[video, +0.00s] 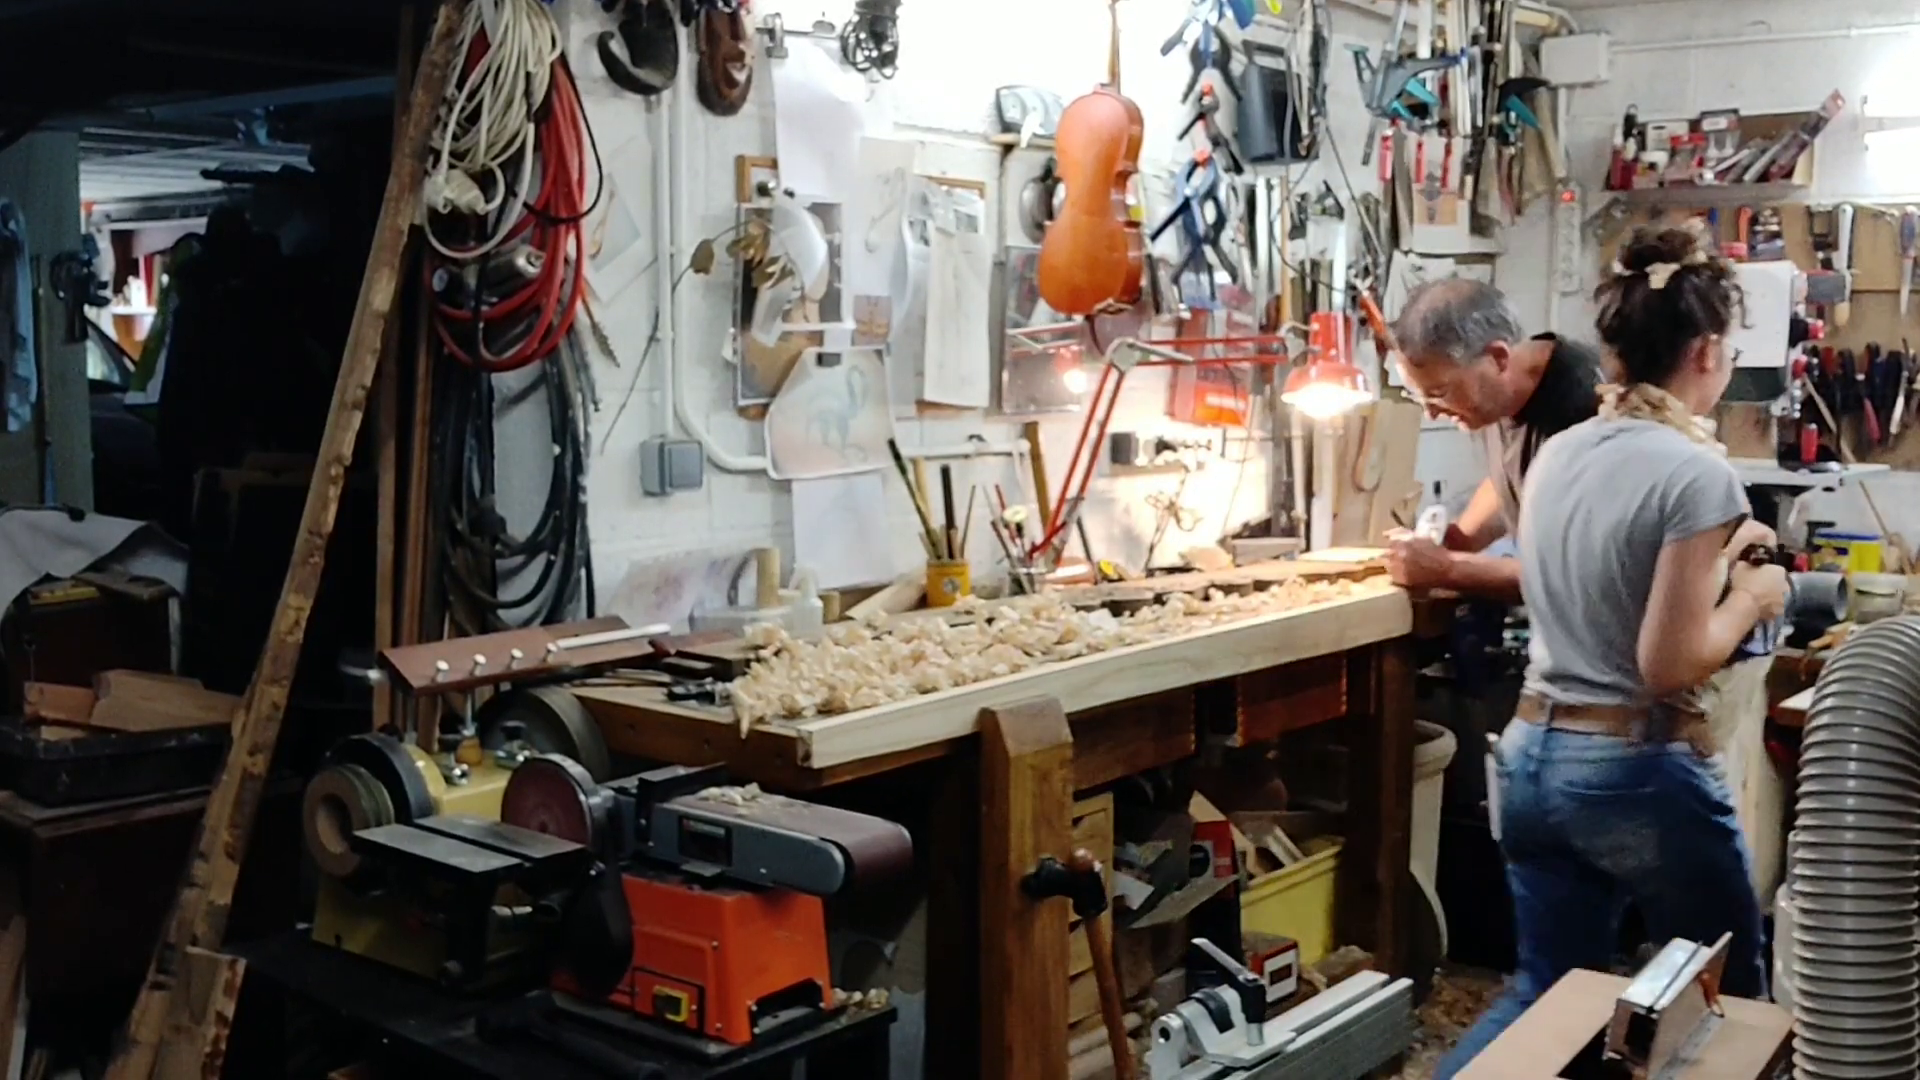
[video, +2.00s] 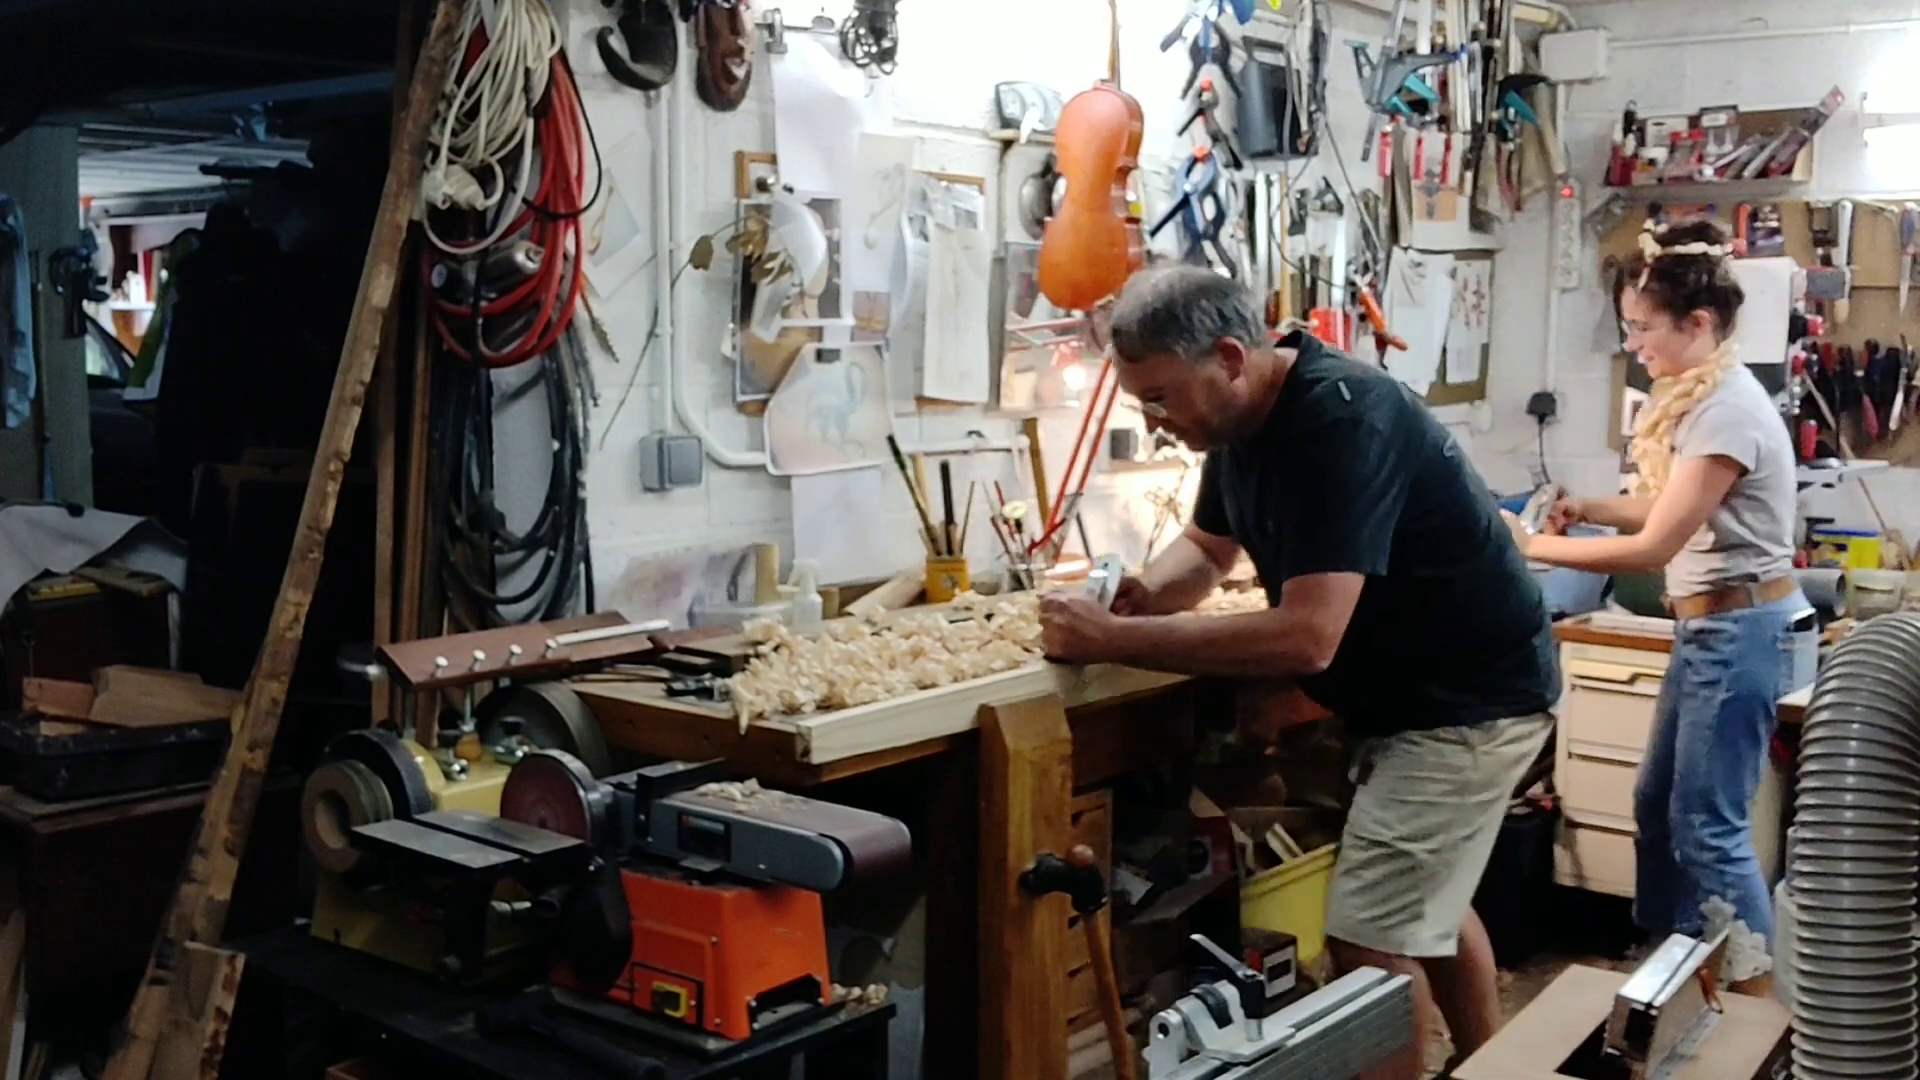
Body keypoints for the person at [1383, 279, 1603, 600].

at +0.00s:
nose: (1431, 413)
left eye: (1439, 393)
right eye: (1421, 395)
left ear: (1499, 357)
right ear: (1500, 358)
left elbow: (1572, 573)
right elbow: (1505, 483)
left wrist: (1449, 569)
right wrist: (1452, 543)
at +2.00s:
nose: (1154, 421)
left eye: (1160, 399)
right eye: (1143, 403)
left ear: (1229, 358)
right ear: (1225, 357)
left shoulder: (1345, 417)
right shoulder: (1244, 420)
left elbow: (1308, 636)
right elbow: (1207, 547)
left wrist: (1116, 638)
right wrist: (1146, 598)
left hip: (1475, 698)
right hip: (1400, 695)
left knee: (1367, 940)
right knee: (1434, 902)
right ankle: (1485, 1062)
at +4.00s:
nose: (1234, 160)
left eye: (1236, 138)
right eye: (1238, 137)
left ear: (1256, 146)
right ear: (1390, 152)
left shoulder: (1203, 292)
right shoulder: (1493, 325)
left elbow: (974, 401)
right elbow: (1578, 574)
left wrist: (992, 294)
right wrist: (1441, 561)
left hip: (1225, 760)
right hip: (1414, 769)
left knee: (1195, 1063)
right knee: (1383, 1063)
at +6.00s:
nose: (1633, 236)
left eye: (1631, 212)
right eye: (1626, 217)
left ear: (1675, 202)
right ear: (1739, 196)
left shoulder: (1670, 306)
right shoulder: (1853, 300)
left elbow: (1622, 492)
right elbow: (1895, 455)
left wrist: (1594, 530)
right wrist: (1804, 463)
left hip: (1700, 630)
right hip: (1824, 627)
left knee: (1697, 856)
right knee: (1784, 849)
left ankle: (1705, 1047)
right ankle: (1805, 1033)